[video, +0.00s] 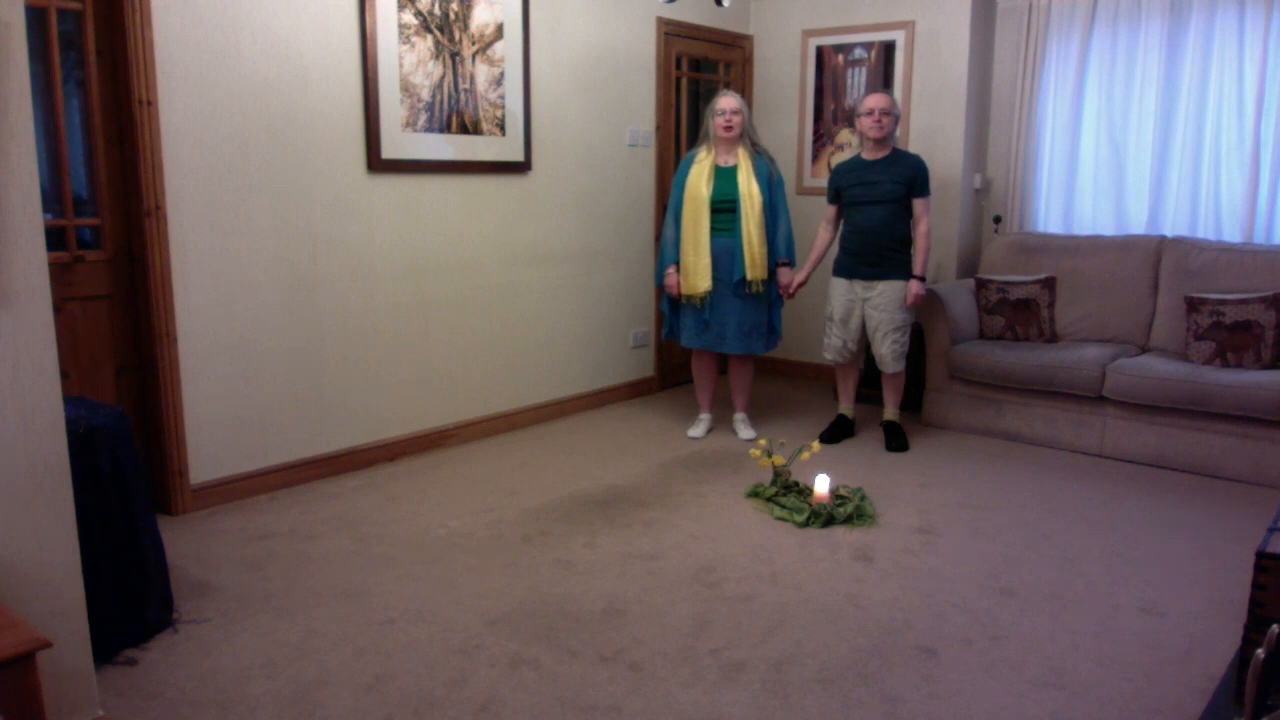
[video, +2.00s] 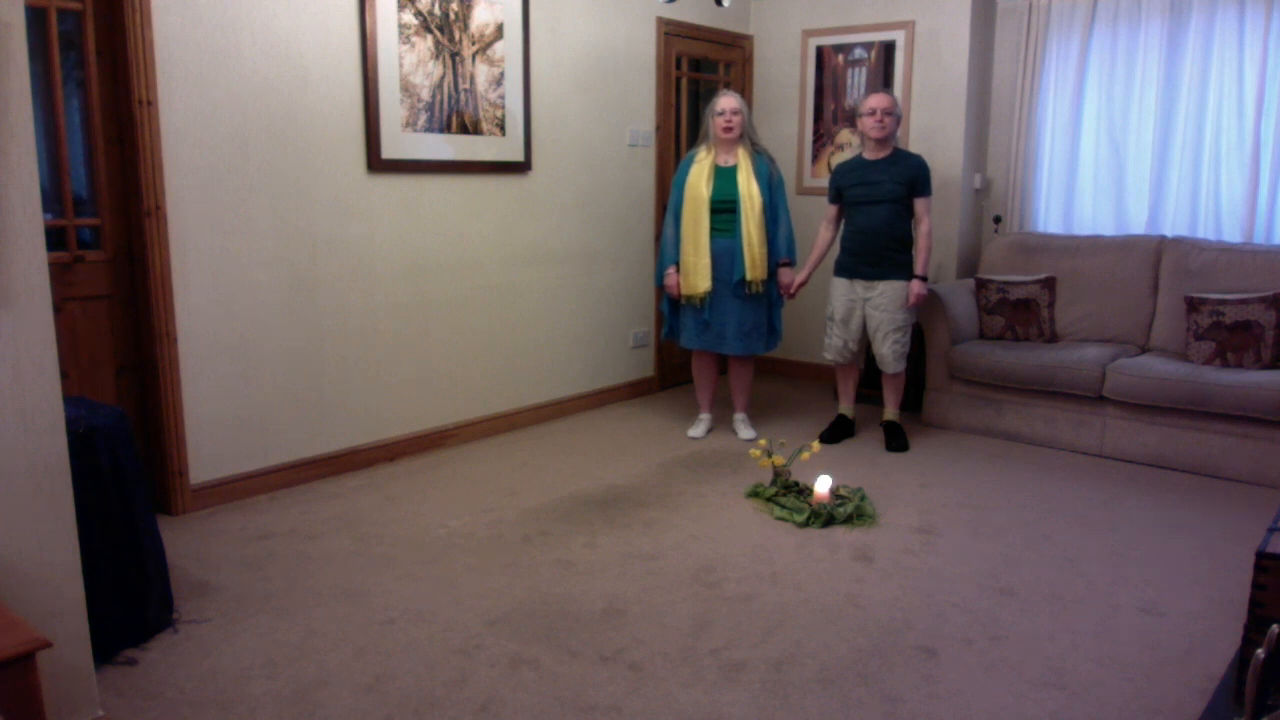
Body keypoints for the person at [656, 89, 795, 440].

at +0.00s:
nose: (727, 119)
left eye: (735, 113)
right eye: (720, 113)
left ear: (745, 119)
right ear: (710, 120)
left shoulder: (762, 163)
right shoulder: (692, 162)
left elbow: (779, 216)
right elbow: (674, 217)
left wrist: (783, 263)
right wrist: (670, 266)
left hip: (748, 268)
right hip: (700, 268)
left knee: (742, 344)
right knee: (702, 343)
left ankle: (741, 415)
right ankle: (704, 413)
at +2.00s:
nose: (728, 119)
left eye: (735, 113)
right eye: (721, 114)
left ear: (745, 119)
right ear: (710, 120)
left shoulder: (762, 163)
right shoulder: (692, 163)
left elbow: (779, 215)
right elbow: (673, 218)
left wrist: (784, 264)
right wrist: (670, 266)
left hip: (748, 268)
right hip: (700, 268)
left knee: (742, 344)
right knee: (702, 343)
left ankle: (741, 415)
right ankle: (704, 413)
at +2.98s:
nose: (729, 119)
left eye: (736, 113)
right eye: (721, 114)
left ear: (746, 119)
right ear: (711, 120)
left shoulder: (762, 164)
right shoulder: (692, 163)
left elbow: (779, 216)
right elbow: (674, 218)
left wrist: (784, 264)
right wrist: (671, 267)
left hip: (749, 268)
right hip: (700, 268)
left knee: (742, 344)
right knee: (702, 343)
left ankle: (741, 415)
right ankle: (704, 413)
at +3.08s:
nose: (729, 119)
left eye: (736, 113)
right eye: (722, 114)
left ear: (746, 119)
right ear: (711, 120)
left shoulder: (762, 164)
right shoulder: (693, 163)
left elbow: (779, 215)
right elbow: (674, 218)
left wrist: (784, 264)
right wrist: (671, 267)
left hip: (749, 268)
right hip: (700, 268)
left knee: (742, 344)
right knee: (702, 343)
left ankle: (741, 415)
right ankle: (704, 413)